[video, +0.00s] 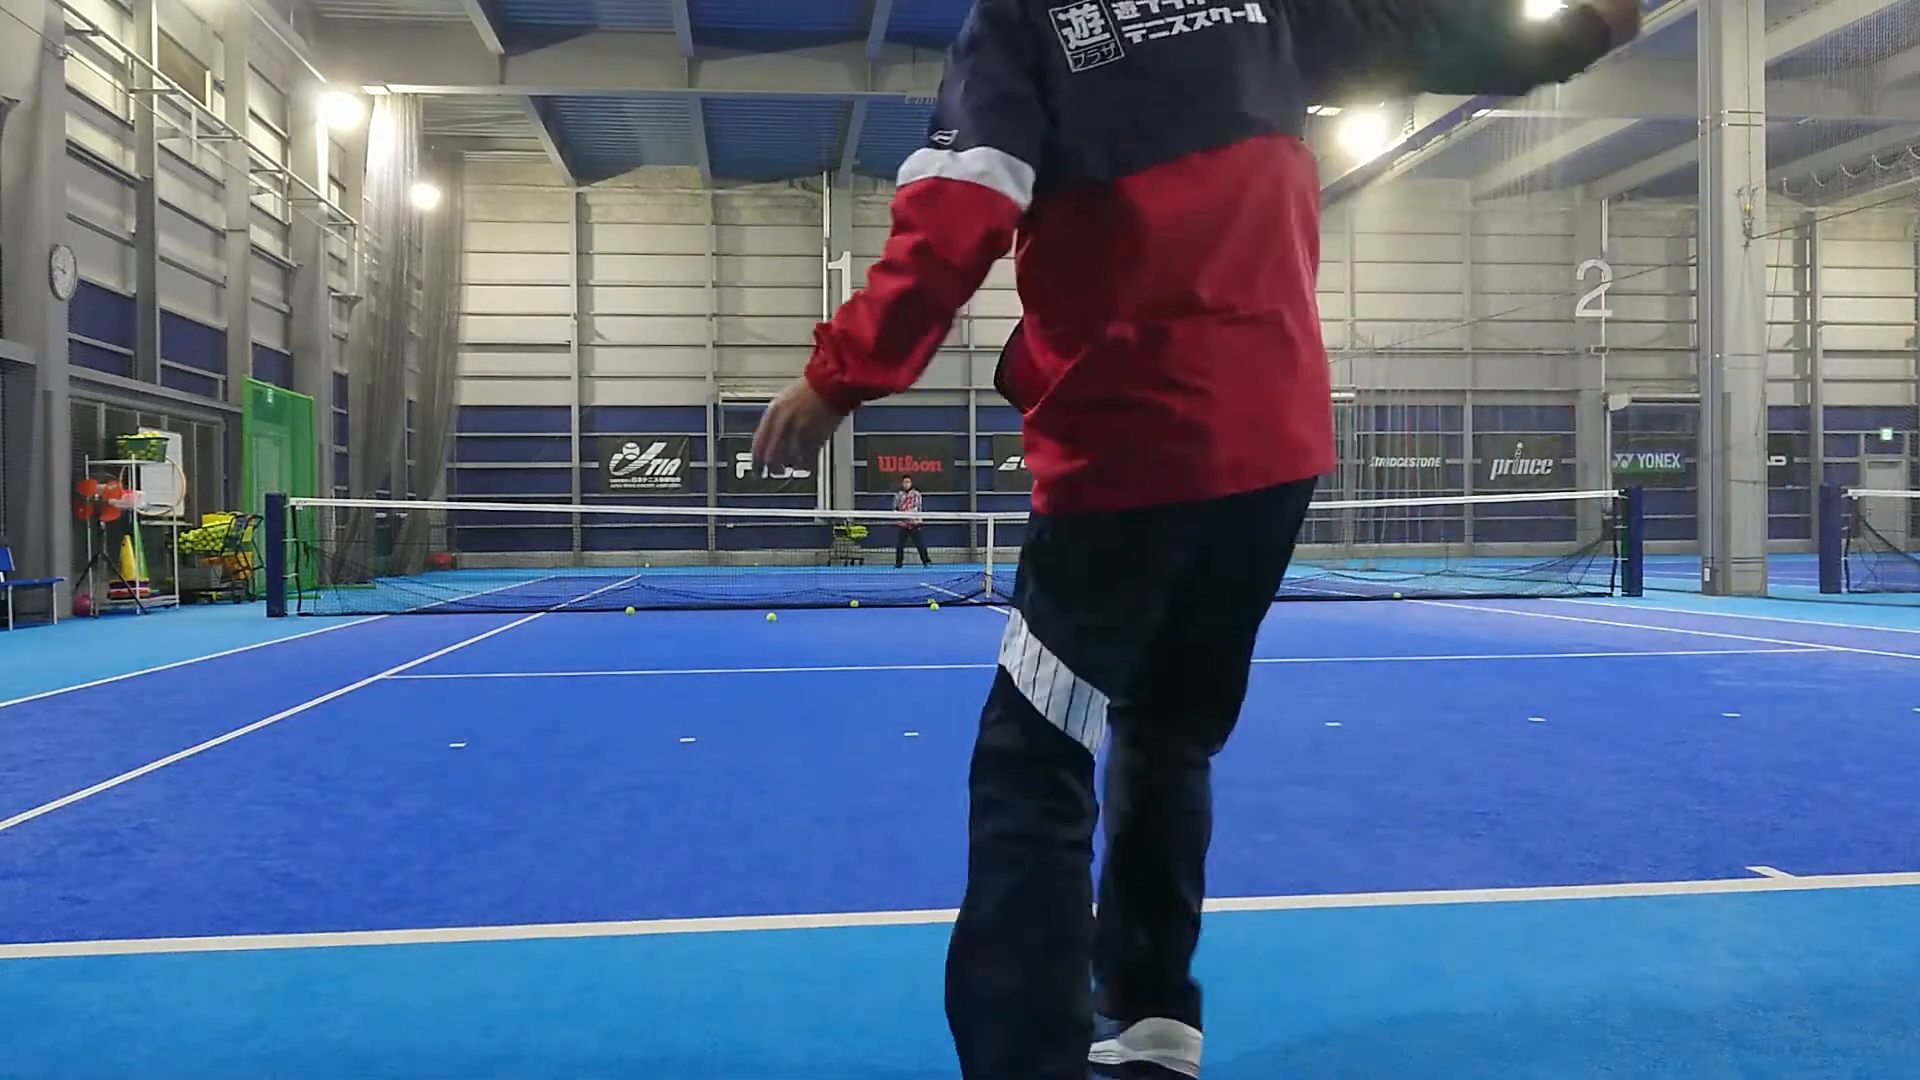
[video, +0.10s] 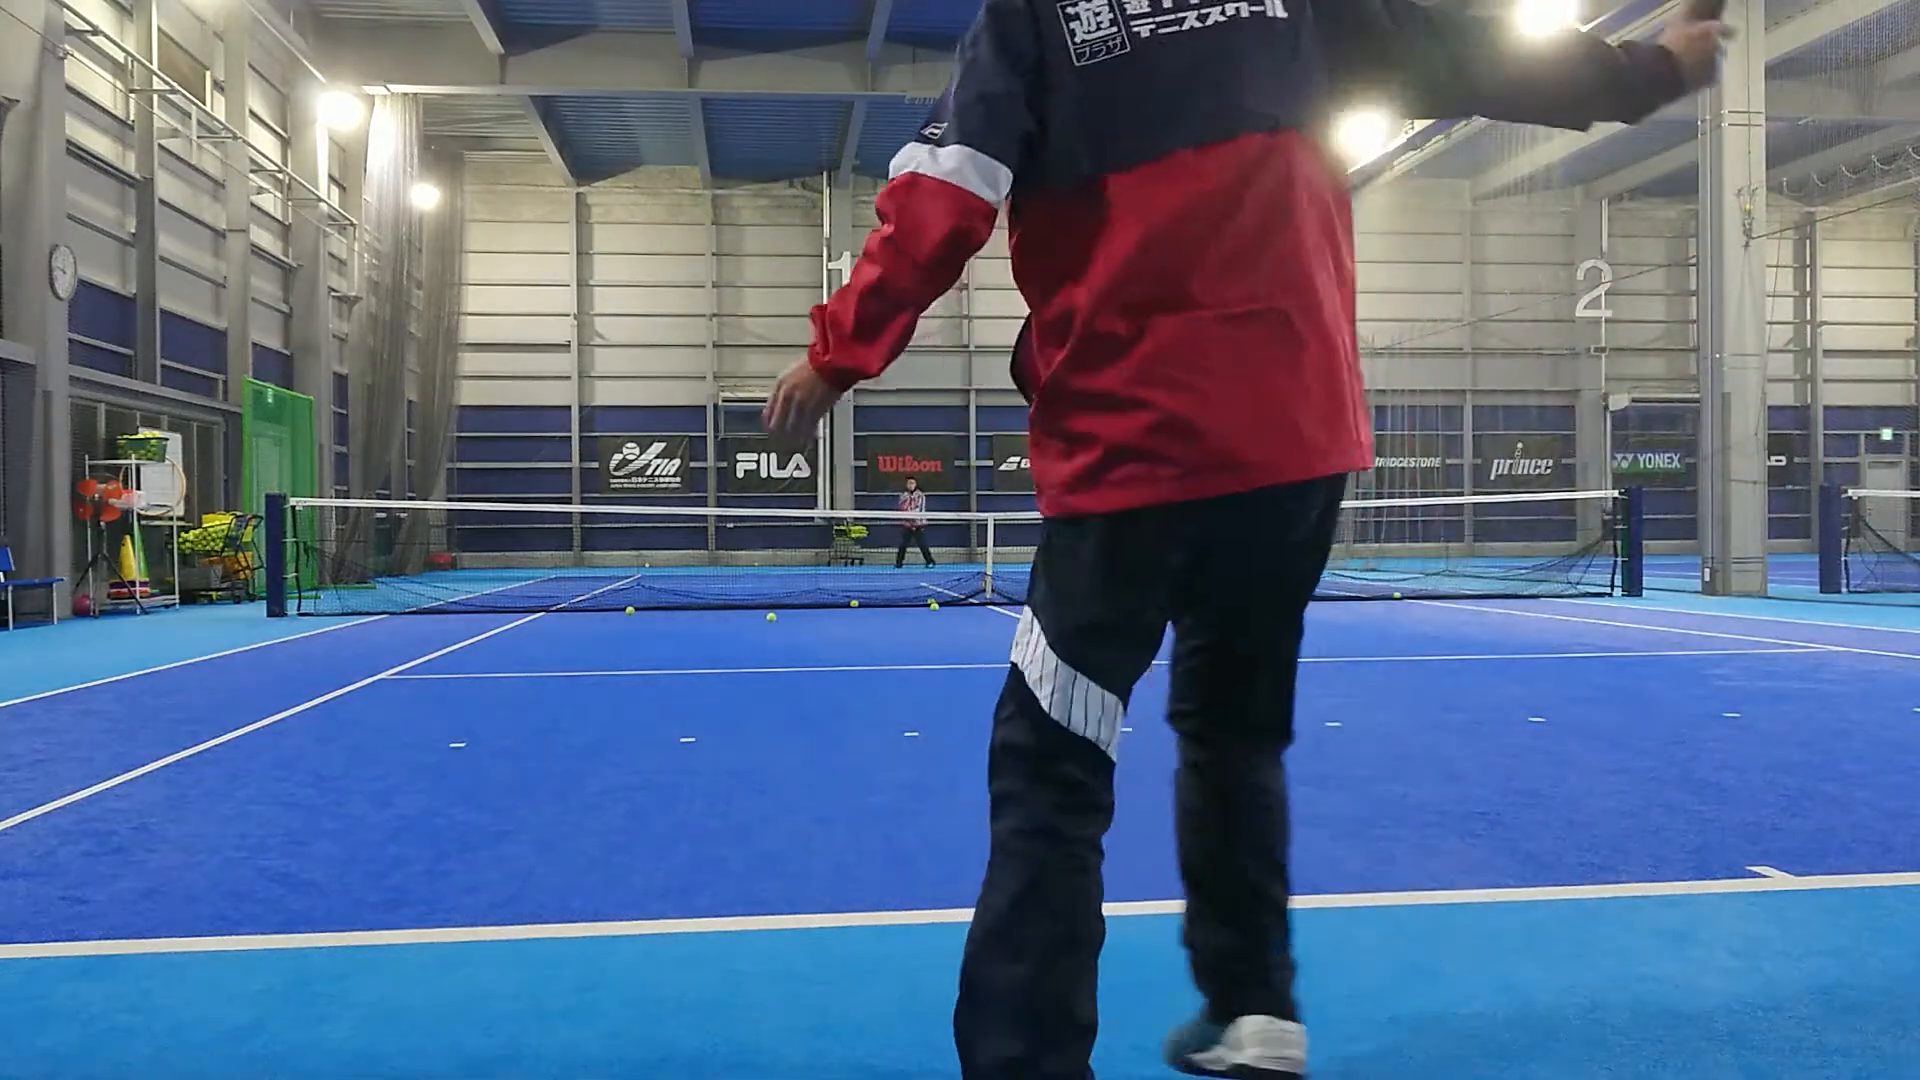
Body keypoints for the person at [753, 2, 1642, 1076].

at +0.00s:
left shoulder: (1019, 25)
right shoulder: (1274, 14)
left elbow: (955, 221)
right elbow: (1449, 39)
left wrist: (831, 380)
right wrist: (1585, 26)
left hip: (1127, 441)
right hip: (1278, 432)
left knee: (1033, 751)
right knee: (1168, 737)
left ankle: (1027, 1064)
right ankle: (1155, 1026)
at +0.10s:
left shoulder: (1032, 17)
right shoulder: (1302, 11)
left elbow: (948, 199)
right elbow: (1488, 65)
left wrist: (829, 359)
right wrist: (1663, 55)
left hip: (1131, 439)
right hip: (1303, 432)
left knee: (1052, 754)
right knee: (1236, 727)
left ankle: (1025, 1058)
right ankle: (1255, 1011)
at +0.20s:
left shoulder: (1066, 14)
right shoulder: (1345, 9)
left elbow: (975, 189)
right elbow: (1531, 71)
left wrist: (885, 336)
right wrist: (1729, 103)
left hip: (1143, 446)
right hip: (1330, 439)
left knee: (1082, 764)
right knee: (1327, 720)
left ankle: (1030, 1061)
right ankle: (1396, 1029)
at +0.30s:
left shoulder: (1129, 14)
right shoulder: (1409, 17)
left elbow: (1044, 193)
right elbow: (1594, 91)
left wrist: (978, 331)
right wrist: (1803, 141)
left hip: (1179, 457)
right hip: (1380, 457)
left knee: (1115, 771)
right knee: (1438, 760)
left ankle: (1035, 1057)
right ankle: (1499, 1049)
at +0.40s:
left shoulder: (1233, 32)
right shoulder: (1508, 18)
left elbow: (1142, 196)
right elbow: (1678, 119)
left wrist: (1092, 348)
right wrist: (1860, 190)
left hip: (1273, 461)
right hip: (1475, 463)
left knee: (1187, 749)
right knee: (1525, 776)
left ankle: (1061, 1037)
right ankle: (1529, 1060)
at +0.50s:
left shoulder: (1337, 33)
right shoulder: (1604, 14)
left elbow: (1240, 239)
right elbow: (1759, 137)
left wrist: (1230, 373)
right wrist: (1892, 256)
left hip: (1385, 437)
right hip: (1569, 433)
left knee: (1317, 713)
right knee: (1586, 762)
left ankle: (1210, 958)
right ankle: (1540, 1053)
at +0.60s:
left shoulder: (1420, 28)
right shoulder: (1687, 11)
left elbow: (1342, 240)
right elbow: (1815, 143)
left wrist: (1376, 364)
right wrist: (1872, 309)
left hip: (1458, 417)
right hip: (1624, 409)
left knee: (1460, 701)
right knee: (1596, 742)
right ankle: (1534, 1052)